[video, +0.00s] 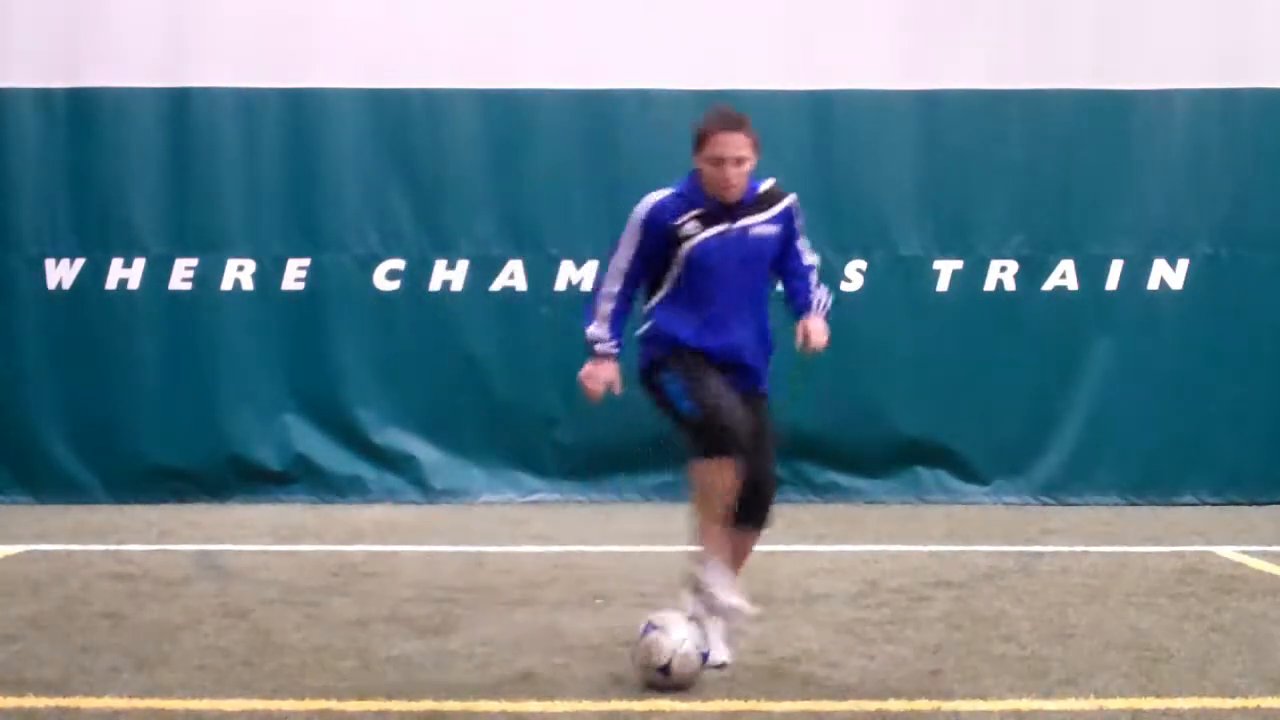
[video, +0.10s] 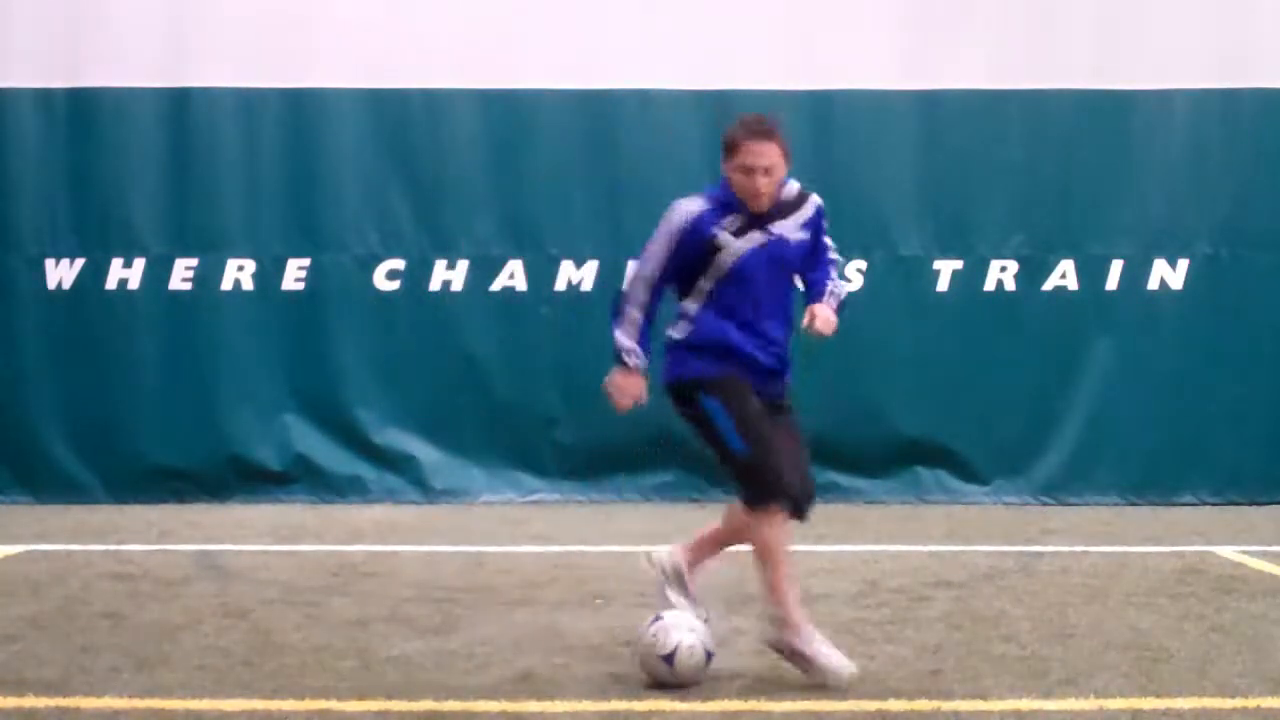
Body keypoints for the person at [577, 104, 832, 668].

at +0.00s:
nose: (733, 174)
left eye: (742, 162)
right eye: (720, 162)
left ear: (757, 161)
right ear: (698, 162)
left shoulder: (778, 207)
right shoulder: (663, 212)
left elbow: (801, 269)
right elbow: (619, 280)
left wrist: (813, 311)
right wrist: (602, 350)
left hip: (743, 364)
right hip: (677, 353)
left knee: (758, 489)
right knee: (724, 429)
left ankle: (712, 609)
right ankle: (712, 565)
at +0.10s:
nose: (761, 183)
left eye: (772, 171)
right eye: (749, 171)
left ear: (787, 168)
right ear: (727, 169)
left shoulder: (805, 210)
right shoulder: (694, 217)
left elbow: (825, 265)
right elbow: (642, 282)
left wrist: (825, 300)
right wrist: (629, 360)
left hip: (767, 374)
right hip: (705, 370)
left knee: (792, 493)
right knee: (768, 484)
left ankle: (682, 561)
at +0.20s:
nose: (794, 226)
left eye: (804, 213)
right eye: (781, 215)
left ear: (817, 208)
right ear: (759, 210)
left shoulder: (824, 244)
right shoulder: (729, 259)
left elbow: (847, 299)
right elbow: (682, 334)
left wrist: (844, 322)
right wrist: (662, 411)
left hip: (785, 410)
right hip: (733, 412)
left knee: (809, 526)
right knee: (814, 519)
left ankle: (687, 553)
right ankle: (816, 653)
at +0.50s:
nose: (796, 211)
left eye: (807, 199)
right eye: (784, 198)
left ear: (820, 196)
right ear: (763, 191)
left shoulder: (835, 238)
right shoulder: (722, 233)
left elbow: (870, 287)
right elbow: (654, 289)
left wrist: (899, 329)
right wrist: (622, 354)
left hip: (785, 396)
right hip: (722, 395)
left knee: (824, 504)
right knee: (784, 507)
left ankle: (726, 585)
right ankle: (808, 647)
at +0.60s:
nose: (778, 197)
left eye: (790, 185)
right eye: (768, 183)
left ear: (806, 183)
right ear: (749, 177)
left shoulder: (820, 227)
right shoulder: (708, 219)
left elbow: (859, 288)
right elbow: (642, 269)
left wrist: (886, 341)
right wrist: (623, 342)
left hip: (770, 391)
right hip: (698, 388)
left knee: (780, 511)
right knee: (718, 504)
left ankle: (783, 626)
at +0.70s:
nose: (743, 200)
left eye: (754, 189)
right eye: (733, 188)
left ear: (773, 190)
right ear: (717, 187)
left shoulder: (797, 241)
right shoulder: (682, 235)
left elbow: (832, 306)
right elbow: (631, 291)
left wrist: (850, 354)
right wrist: (624, 336)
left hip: (755, 409)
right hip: (678, 403)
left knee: (770, 528)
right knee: (650, 497)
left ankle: (775, 637)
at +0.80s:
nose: (700, 174)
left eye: (712, 165)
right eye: (691, 164)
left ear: (733, 168)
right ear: (676, 165)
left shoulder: (761, 213)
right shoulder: (645, 213)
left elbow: (787, 281)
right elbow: (602, 269)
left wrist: (795, 332)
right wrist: (595, 309)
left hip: (734, 394)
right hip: (655, 387)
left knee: (760, 515)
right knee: (597, 489)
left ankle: (776, 630)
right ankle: (545, 611)